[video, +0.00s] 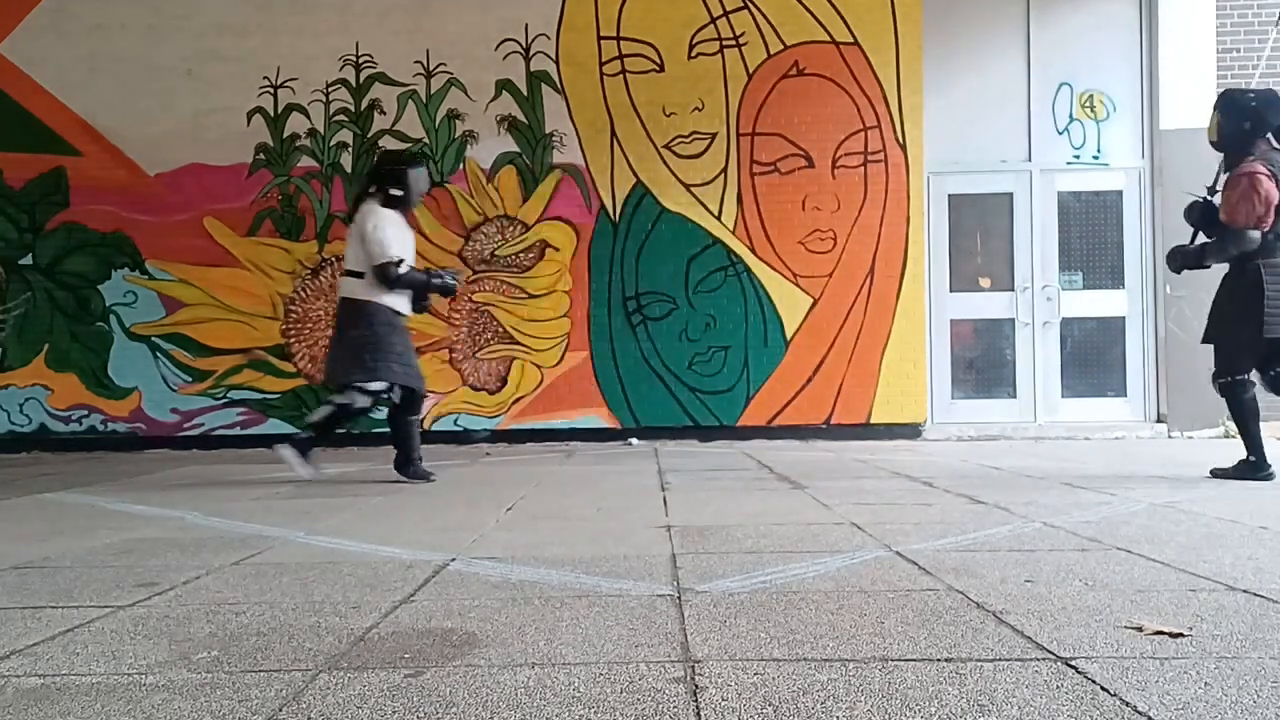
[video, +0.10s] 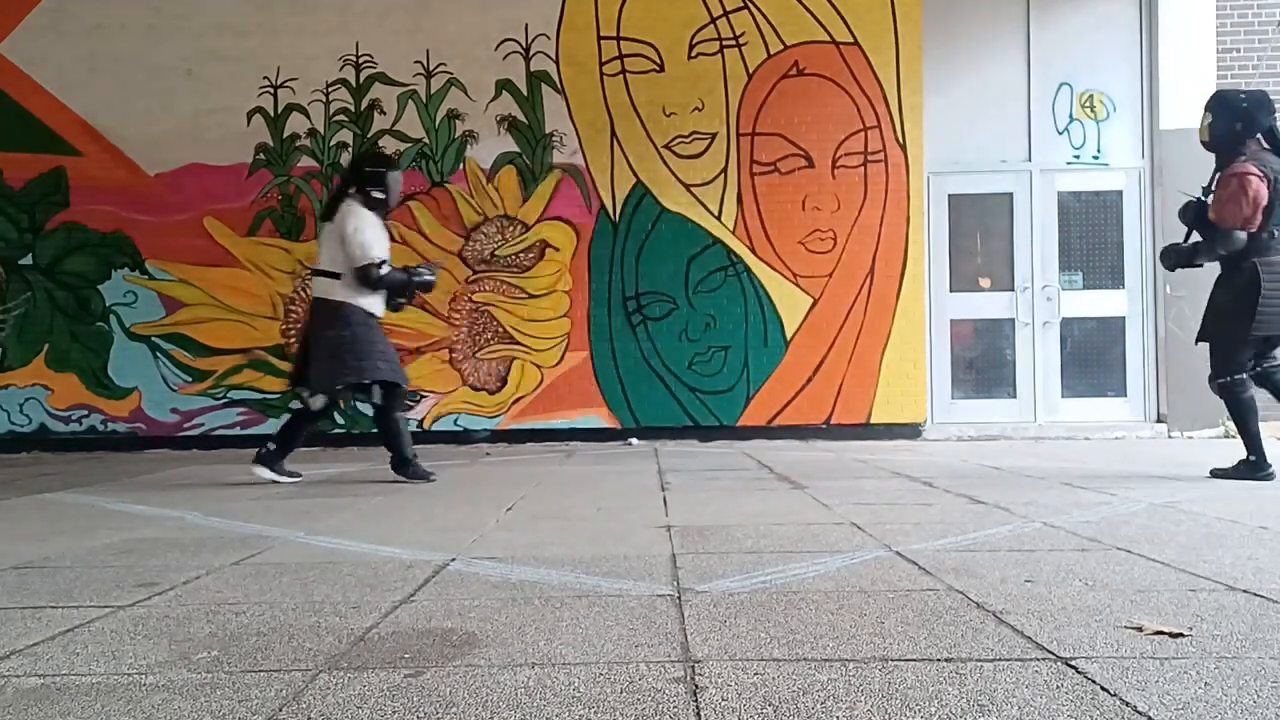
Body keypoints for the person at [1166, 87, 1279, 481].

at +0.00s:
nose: (1213, 129)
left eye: (1219, 121)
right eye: (1214, 120)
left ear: (1241, 126)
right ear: (1256, 126)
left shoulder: (1249, 175)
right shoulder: (1269, 167)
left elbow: (1242, 242)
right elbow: (1259, 233)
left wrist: (1192, 255)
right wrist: (1214, 223)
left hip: (1252, 284)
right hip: (1273, 281)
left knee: (1231, 372)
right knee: (1273, 373)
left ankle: (1256, 459)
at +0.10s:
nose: (1206, 129)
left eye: (1212, 121)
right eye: (1207, 120)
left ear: (1236, 126)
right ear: (1252, 128)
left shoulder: (1242, 173)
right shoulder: (1269, 163)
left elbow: (1229, 242)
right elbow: (1253, 232)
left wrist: (1186, 254)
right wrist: (1206, 219)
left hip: (1250, 283)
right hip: (1272, 279)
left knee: (1229, 372)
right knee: (1265, 365)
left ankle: (1256, 460)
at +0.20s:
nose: (1199, 131)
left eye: (1206, 123)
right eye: (1201, 122)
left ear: (1231, 128)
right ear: (1246, 130)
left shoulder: (1235, 173)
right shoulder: (1267, 165)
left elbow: (1215, 236)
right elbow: (1247, 223)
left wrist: (1177, 253)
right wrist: (1200, 214)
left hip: (1244, 280)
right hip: (1272, 277)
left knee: (1227, 373)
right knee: (1257, 369)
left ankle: (1256, 459)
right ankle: (1275, 445)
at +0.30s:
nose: (1197, 143)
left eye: (1204, 135)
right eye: (1197, 134)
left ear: (1231, 137)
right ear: (1243, 139)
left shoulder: (1229, 178)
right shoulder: (1265, 172)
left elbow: (1199, 235)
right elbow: (1239, 224)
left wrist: (1170, 254)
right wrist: (1189, 215)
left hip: (1236, 286)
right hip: (1267, 282)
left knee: (1217, 374)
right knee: (1250, 370)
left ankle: (1255, 457)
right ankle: (1260, 453)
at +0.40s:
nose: (1191, 148)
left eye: (1198, 140)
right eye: (1192, 139)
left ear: (1224, 143)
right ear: (1236, 144)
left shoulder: (1227, 183)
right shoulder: (1257, 177)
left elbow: (1200, 241)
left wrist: (1168, 256)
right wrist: (1187, 226)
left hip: (1229, 287)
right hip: (1257, 283)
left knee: (1195, 369)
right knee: (1237, 369)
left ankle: (1248, 448)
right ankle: (1258, 453)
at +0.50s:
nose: (1183, 147)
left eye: (1190, 140)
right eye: (1183, 139)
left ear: (1212, 143)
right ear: (1225, 145)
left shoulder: (1222, 185)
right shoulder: (1242, 179)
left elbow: (1208, 249)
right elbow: (1227, 239)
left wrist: (1161, 262)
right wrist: (1183, 229)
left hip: (1225, 287)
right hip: (1247, 285)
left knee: (1172, 359)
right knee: (1230, 370)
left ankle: (1220, 439)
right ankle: (1260, 452)